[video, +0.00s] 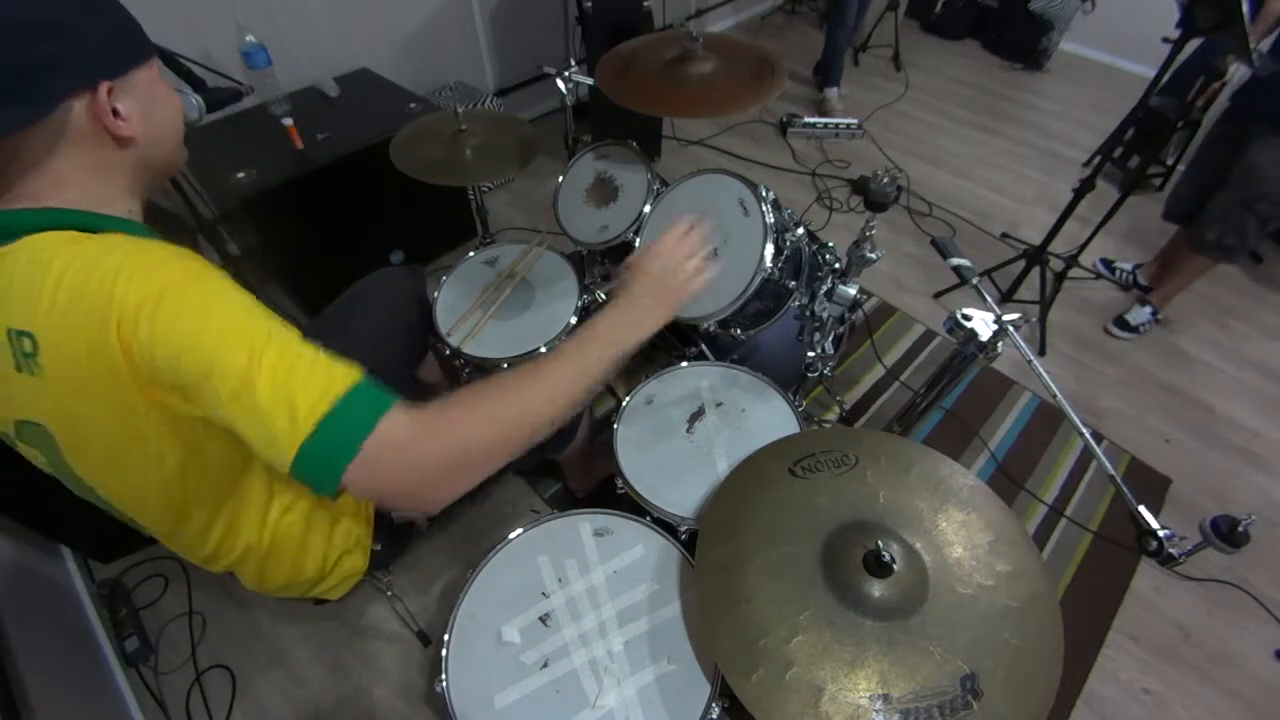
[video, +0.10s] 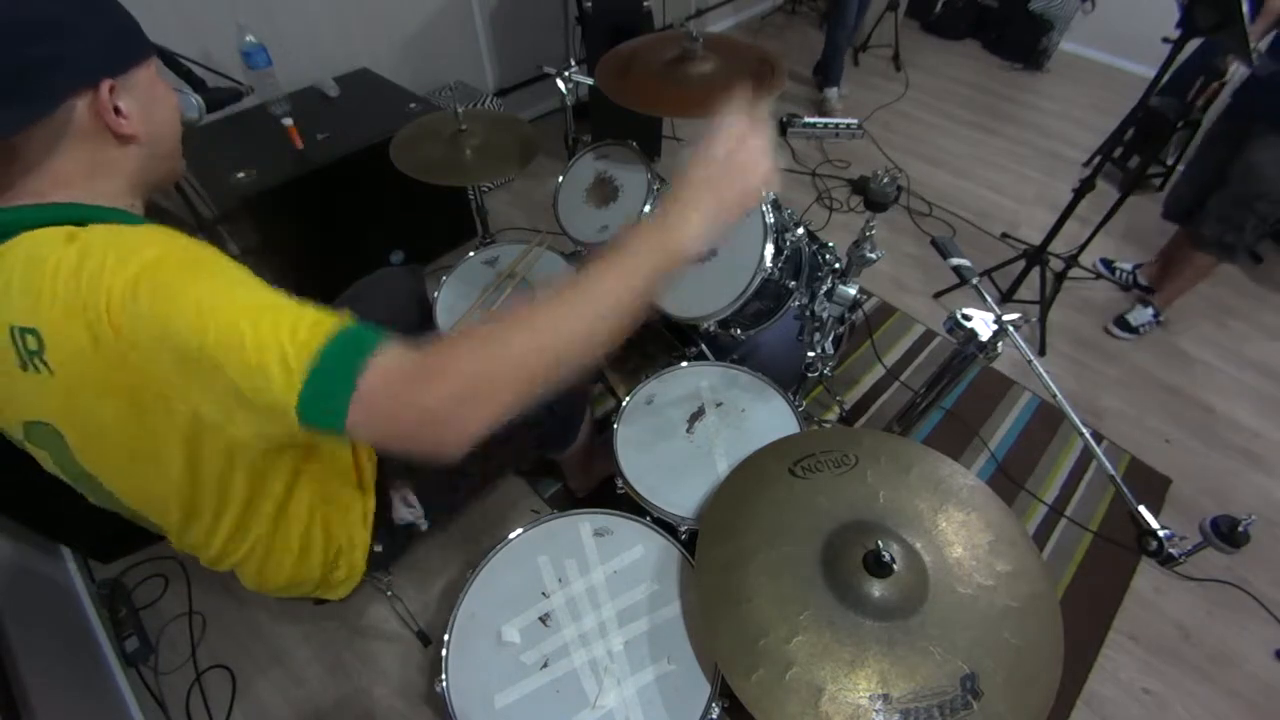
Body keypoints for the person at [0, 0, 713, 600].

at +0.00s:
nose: (176, 90)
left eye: (161, 69)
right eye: (157, 72)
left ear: (52, 121)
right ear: (111, 110)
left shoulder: (18, 259)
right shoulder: (145, 292)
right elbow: (423, 471)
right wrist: (635, 309)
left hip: (222, 511)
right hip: (327, 533)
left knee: (397, 287)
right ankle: (578, 464)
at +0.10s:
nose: (176, 100)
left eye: (162, 74)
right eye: (161, 76)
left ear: (69, 112)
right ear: (113, 108)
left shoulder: (18, 262)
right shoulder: (139, 283)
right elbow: (437, 407)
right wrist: (683, 221)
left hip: (231, 518)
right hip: (342, 530)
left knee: (400, 284)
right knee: (547, 356)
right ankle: (586, 477)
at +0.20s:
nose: (179, 100)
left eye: (164, 75)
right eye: (160, 76)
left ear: (31, 121)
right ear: (115, 104)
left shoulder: (24, 263)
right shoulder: (113, 275)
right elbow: (424, 347)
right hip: (350, 515)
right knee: (565, 377)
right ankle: (583, 486)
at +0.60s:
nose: (192, 99)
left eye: (202, 70)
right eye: (176, 77)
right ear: (122, 97)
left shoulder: (29, 231)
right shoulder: (82, 255)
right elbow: (314, 268)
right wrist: (176, 9)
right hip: (341, 505)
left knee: (433, 282)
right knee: (568, 377)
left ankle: (421, 393)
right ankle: (581, 477)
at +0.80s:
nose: (181, 110)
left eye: (175, 88)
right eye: (168, 88)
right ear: (110, 109)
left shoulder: (27, 221)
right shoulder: (67, 246)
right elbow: (281, 302)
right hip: (337, 507)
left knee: (415, 286)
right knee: (568, 375)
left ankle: (419, 402)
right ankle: (577, 475)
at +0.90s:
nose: (176, 129)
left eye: (173, 105)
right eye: (165, 106)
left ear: (83, 124)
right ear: (92, 122)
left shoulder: (29, 233)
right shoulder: (61, 249)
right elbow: (285, 242)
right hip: (338, 506)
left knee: (417, 284)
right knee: (565, 372)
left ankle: (419, 394)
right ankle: (575, 472)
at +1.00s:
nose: (172, 154)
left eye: (172, 128)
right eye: (163, 127)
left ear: (66, 132)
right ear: (76, 134)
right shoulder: (62, 250)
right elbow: (270, 199)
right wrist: (614, 17)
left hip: (268, 410)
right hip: (343, 509)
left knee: (408, 283)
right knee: (564, 371)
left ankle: (427, 389)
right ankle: (581, 468)